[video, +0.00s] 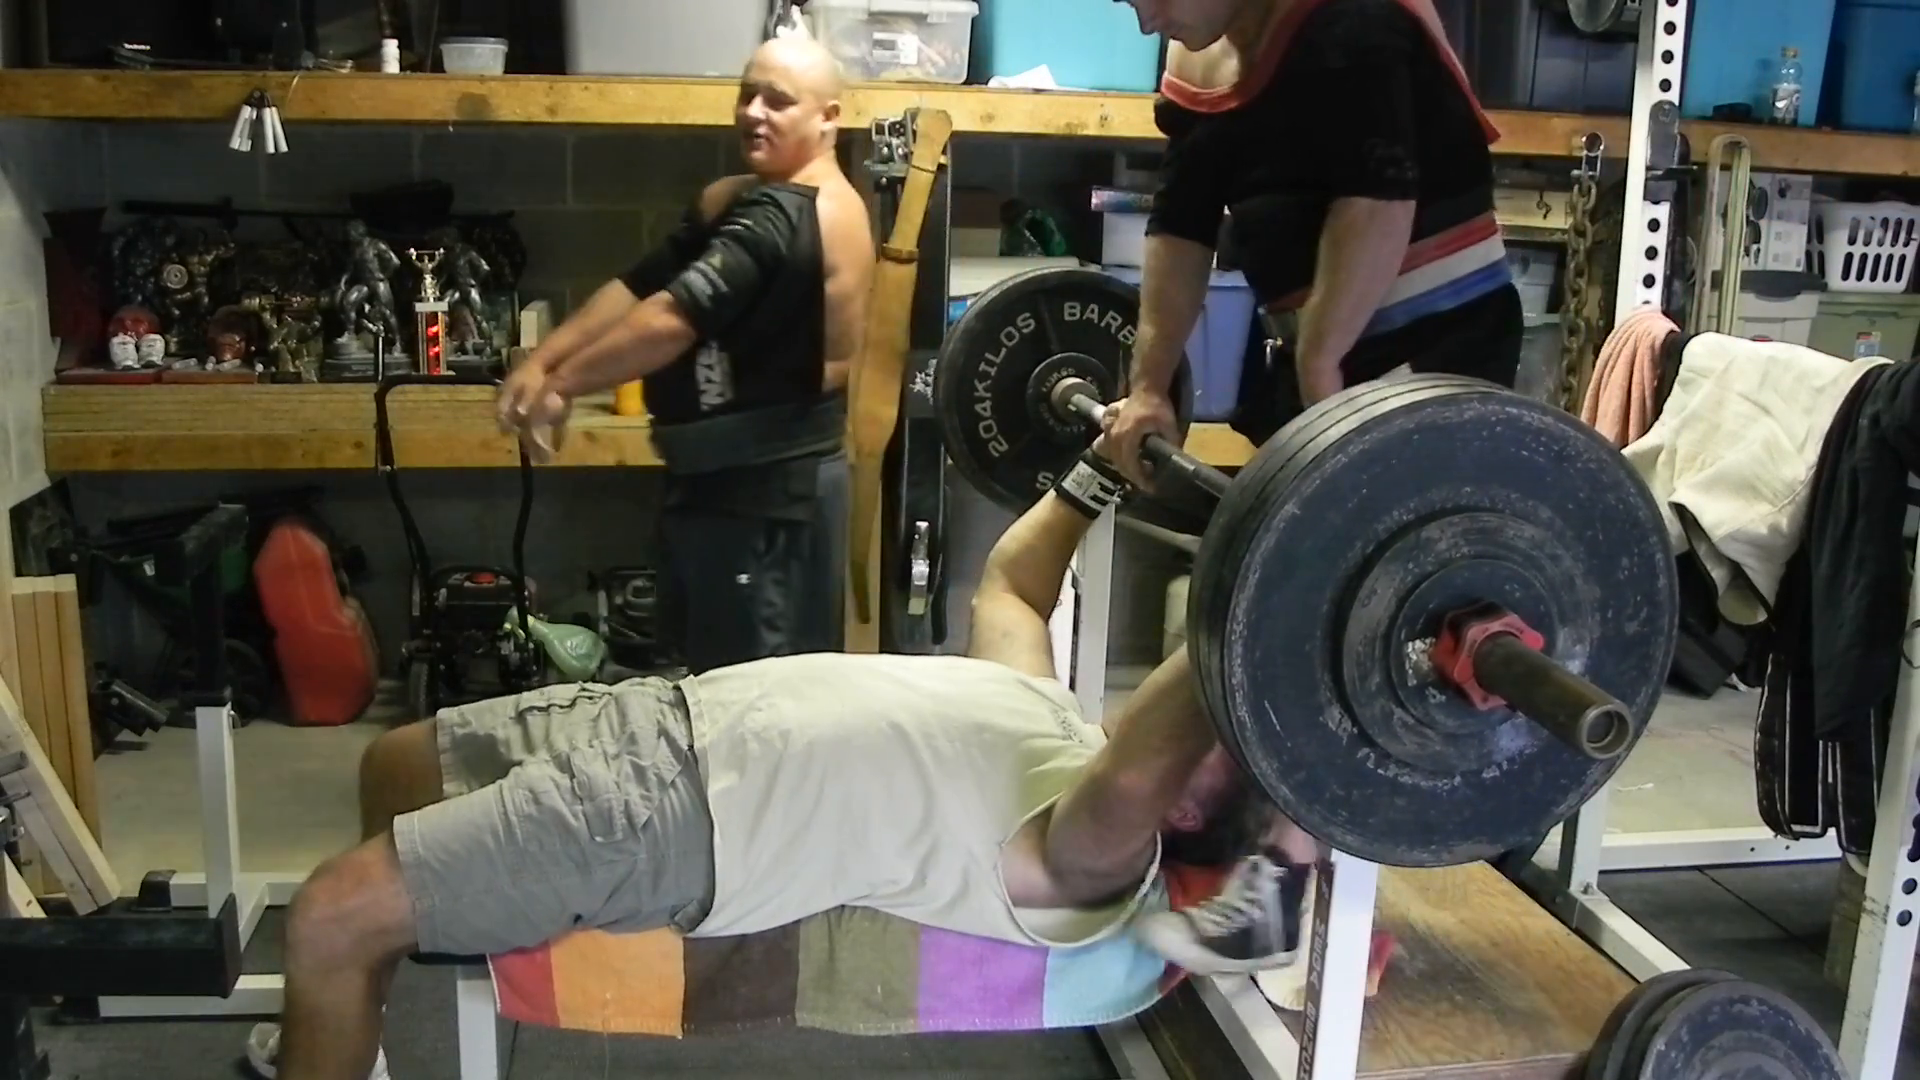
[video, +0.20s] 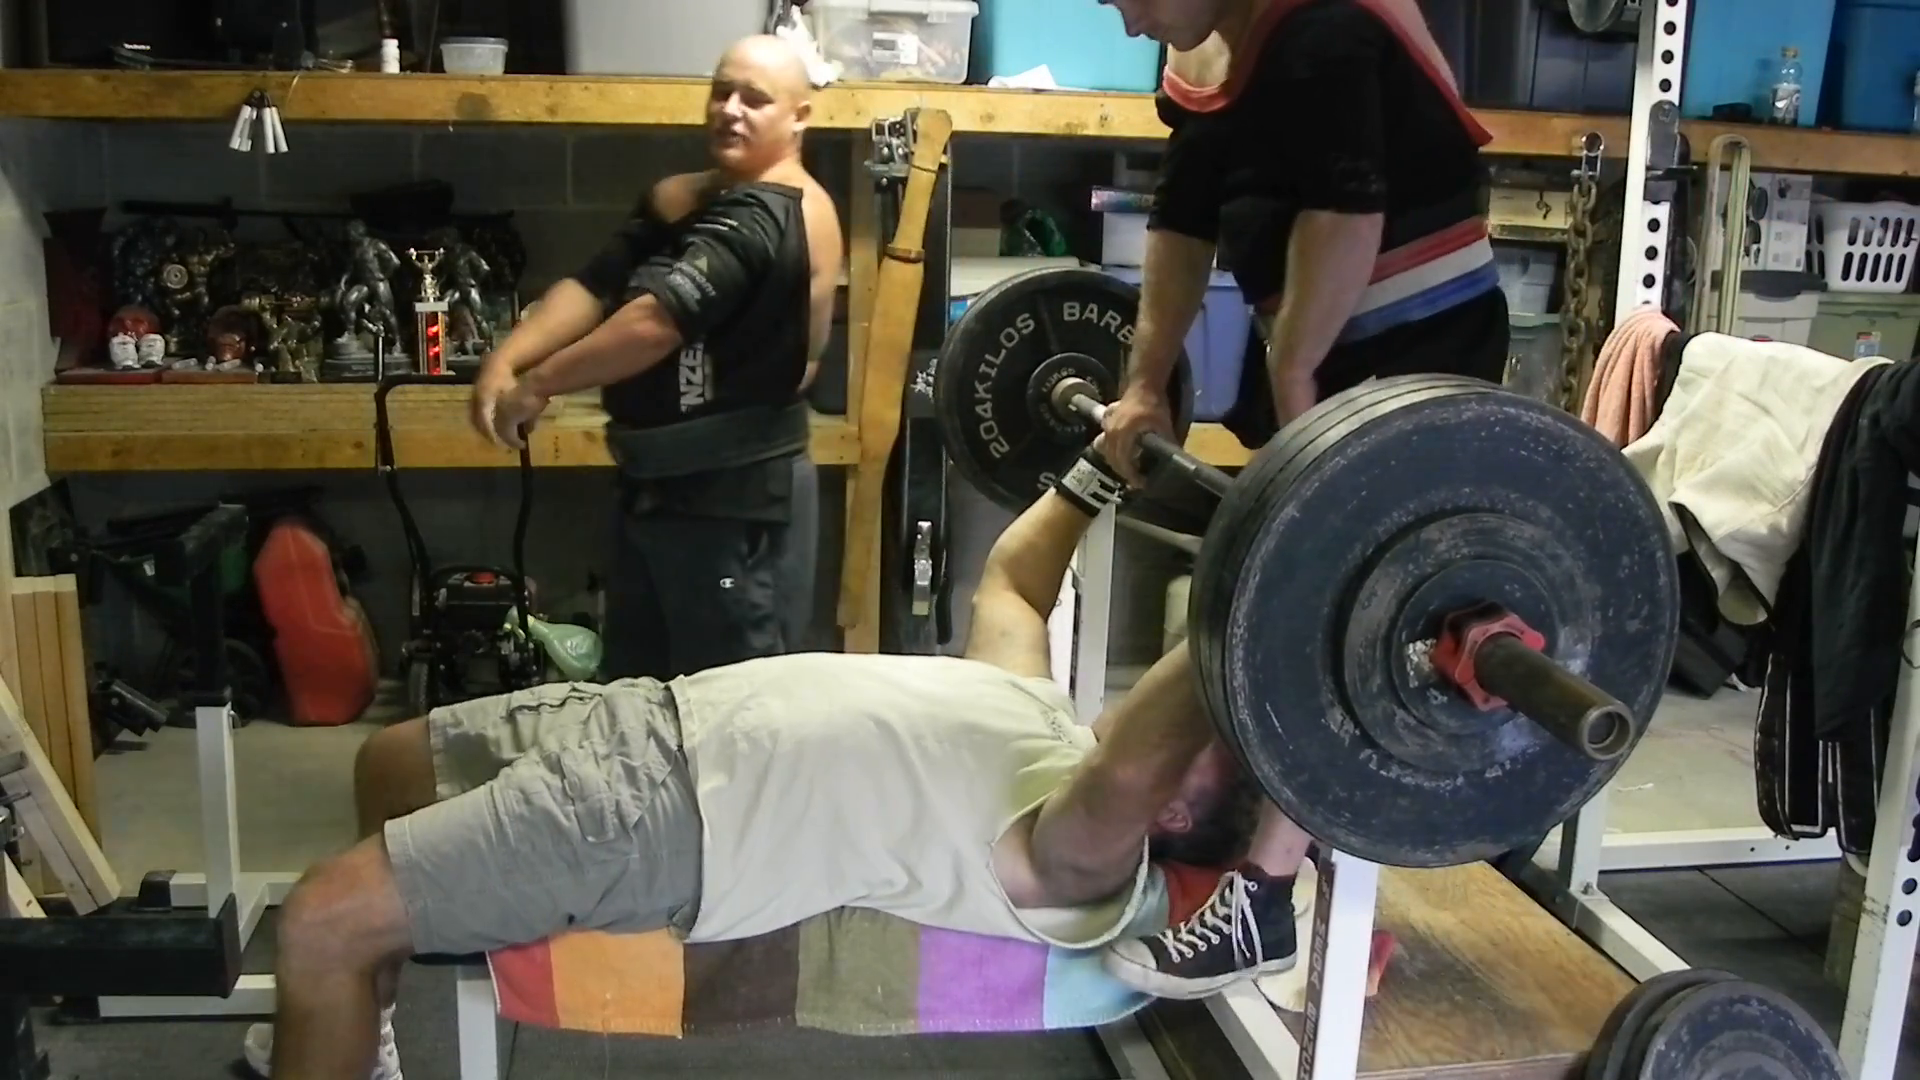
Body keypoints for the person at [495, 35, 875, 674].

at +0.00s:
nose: (753, 112)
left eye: (778, 100)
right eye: (749, 95)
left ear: (829, 118)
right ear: (737, 99)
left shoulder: (782, 213)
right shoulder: (743, 196)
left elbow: (678, 320)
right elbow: (641, 284)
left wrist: (562, 387)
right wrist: (540, 360)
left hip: (762, 494)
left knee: (748, 710)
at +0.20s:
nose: (730, 109)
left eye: (755, 98)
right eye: (723, 92)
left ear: (800, 116)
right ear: (707, 100)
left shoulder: (765, 210)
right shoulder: (691, 197)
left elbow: (658, 324)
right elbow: (597, 283)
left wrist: (542, 385)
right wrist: (507, 356)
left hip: (732, 496)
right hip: (659, 485)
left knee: (734, 714)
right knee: (637, 700)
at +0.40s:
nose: (693, 116)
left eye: (714, 104)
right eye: (679, 98)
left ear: (744, 122)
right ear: (654, 106)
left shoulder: (746, 212)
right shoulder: (600, 200)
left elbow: (671, 321)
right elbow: (529, 290)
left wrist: (549, 393)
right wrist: (452, 376)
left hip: (704, 509)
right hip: (587, 504)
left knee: (720, 726)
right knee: (568, 719)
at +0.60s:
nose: (621, 120)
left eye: (639, 107)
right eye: (604, 101)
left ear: (655, 123)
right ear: (568, 105)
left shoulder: (681, 212)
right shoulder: (500, 203)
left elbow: (678, 309)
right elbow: (459, 295)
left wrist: (629, 398)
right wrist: (434, 395)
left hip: (649, 507)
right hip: (519, 508)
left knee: (699, 713)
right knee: (521, 721)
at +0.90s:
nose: (528, 113)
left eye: (537, 98)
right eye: (506, 96)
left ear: (548, 104)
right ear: (456, 103)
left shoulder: (587, 194)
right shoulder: (417, 206)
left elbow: (646, 283)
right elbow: (456, 319)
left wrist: (678, 380)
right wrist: (536, 410)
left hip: (609, 494)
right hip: (485, 503)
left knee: (631, 698)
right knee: (489, 713)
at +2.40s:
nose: (621, 141)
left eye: (630, 122)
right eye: (602, 122)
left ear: (640, 120)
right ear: (549, 120)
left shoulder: (670, 208)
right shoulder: (503, 209)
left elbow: (721, 301)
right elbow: (543, 319)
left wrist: (762, 398)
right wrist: (646, 388)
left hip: (652, 488)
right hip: (546, 487)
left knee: (649, 687)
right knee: (553, 693)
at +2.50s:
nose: (623, 142)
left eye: (630, 124)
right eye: (603, 126)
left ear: (636, 120)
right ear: (545, 123)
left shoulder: (663, 210)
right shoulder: (501, 216)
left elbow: (721, 312)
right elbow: (560, 335)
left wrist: (770, 418)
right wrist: (666, 415)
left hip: (654, 494)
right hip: (554, 497)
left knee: (646, 696)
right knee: (559, 703)